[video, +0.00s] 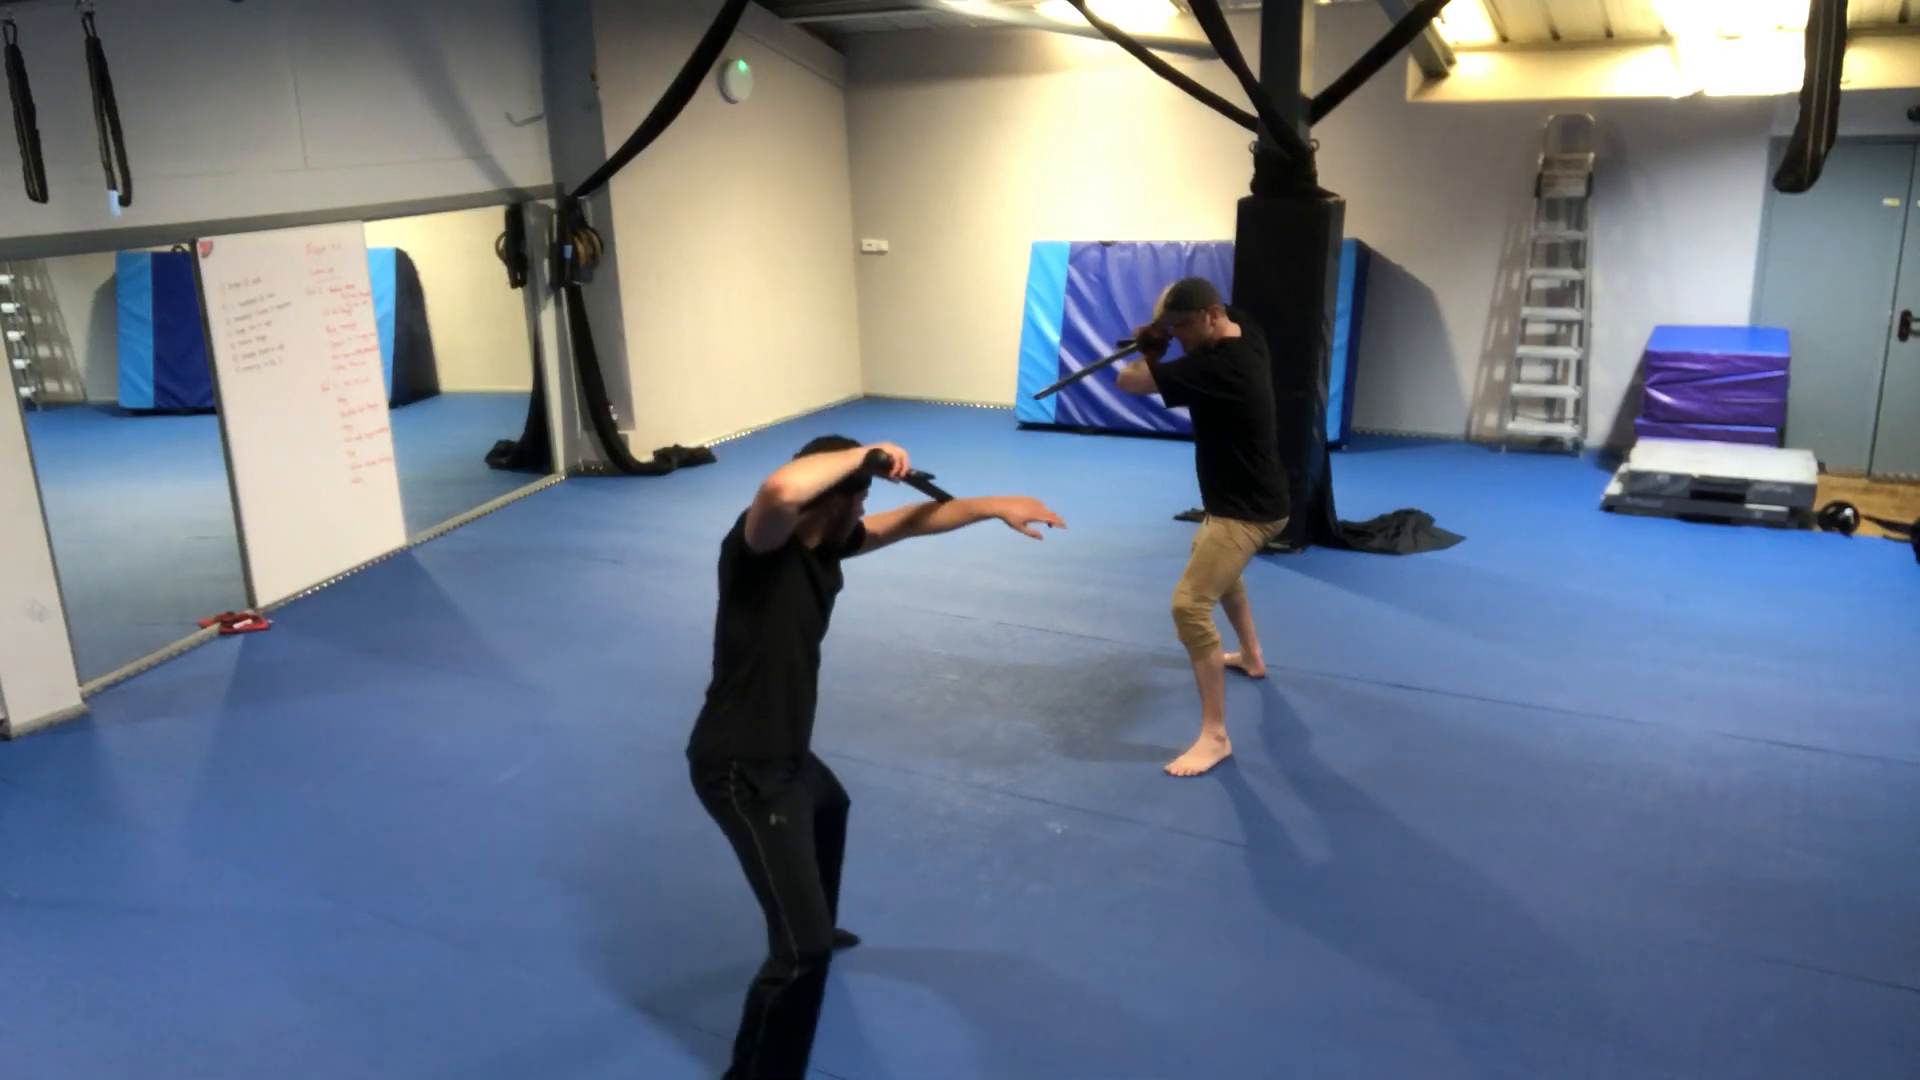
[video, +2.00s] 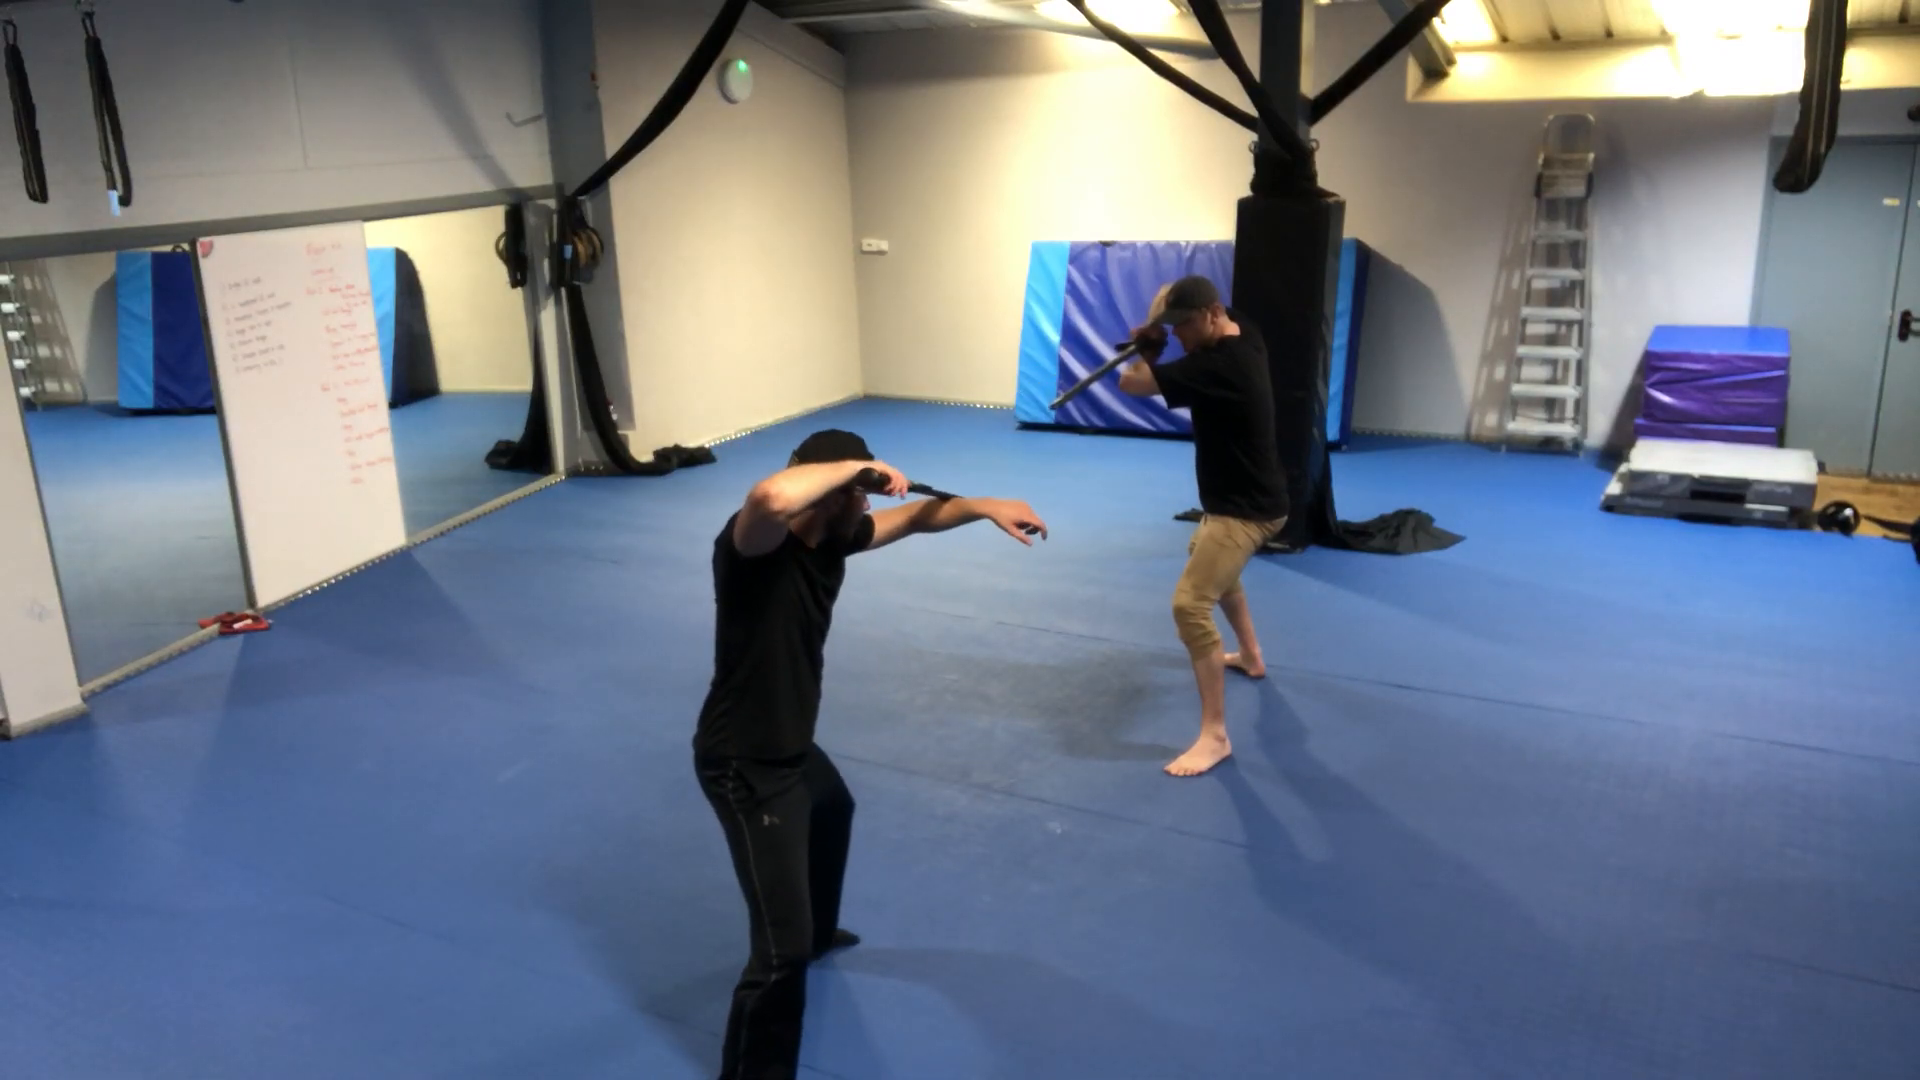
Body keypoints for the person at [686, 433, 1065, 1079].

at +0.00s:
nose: (857, 521)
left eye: (859, 509)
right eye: (850, 506)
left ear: (846, 507)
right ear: (815, 504)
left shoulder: (827, 547)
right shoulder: (760, 547)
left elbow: (912, 520)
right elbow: (779, 489)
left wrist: (995, 504)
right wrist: (865, 457)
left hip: (781, 753)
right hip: (738, 765)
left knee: (829, 805)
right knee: (804, 948)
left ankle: (812, 926)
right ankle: (754, 1074)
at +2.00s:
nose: (868, 511)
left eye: (869, 498)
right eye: (859, 498)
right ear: (824, 497)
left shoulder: (831, 543)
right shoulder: (753, 549)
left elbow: (916, 516)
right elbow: (769, 497)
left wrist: (986, 505)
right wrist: (858, 467)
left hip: (792, 749)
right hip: (743, 762)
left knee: (833, 809)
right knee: (784, 951)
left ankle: (813, 930)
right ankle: (752, 1074)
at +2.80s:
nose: (876, 499)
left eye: (877, 487)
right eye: (867, 486)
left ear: (855, 482)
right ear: (834, 482)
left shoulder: (849, 541)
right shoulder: (782, 544)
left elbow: (905, 545)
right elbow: (842, 492)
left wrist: (960, 523)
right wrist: (928, 451)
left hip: (831, 752)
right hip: (795, 761)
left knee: (878, 809)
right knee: (812, 959)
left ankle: (829, 947)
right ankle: (767, 1075)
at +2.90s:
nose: (884, 481)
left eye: (884, 471)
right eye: (882, 471)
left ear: (818, 465)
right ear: (869, 474)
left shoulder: (822, 532)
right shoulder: (816, 536)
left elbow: (887, 535)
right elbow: (911, 474)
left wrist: (938, 504)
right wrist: (964, 406)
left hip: (851, 743)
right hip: (850, 750)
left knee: (887, 860)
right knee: (870, 921)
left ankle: (888, 992)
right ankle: (784, 1068)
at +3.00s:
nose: (885, 472)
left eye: (867, 467)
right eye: (880, 464)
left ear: (816, 477)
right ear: (872, 474)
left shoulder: (794, 535)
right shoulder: (888, 513)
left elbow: (865, 500)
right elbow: (979, 417)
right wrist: (979, 341)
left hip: (847, 742)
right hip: (910, 743)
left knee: (892, 838)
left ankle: (890, 987)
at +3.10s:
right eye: (894, 451)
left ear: (836, 466)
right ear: (891, 465)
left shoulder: (815, 526)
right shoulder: (931, 499)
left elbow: (868, 460)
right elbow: (984, 394)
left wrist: (950, 414)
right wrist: (976, 311)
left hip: (879, 736)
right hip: (953, 731)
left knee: (904, 841)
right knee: (1055, 874)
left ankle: (884, 993)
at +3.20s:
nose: (958, 440)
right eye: (951, 438)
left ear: (882, 463)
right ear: (945, 459)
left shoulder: (855, 520)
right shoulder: (976, 491)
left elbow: (868, 466)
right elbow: (1004, 382)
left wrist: (932, 425)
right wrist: (954, 327)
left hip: (921, 736)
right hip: (1005, 725)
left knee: (911, 854)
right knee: (1096, 851)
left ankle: (889, 995)